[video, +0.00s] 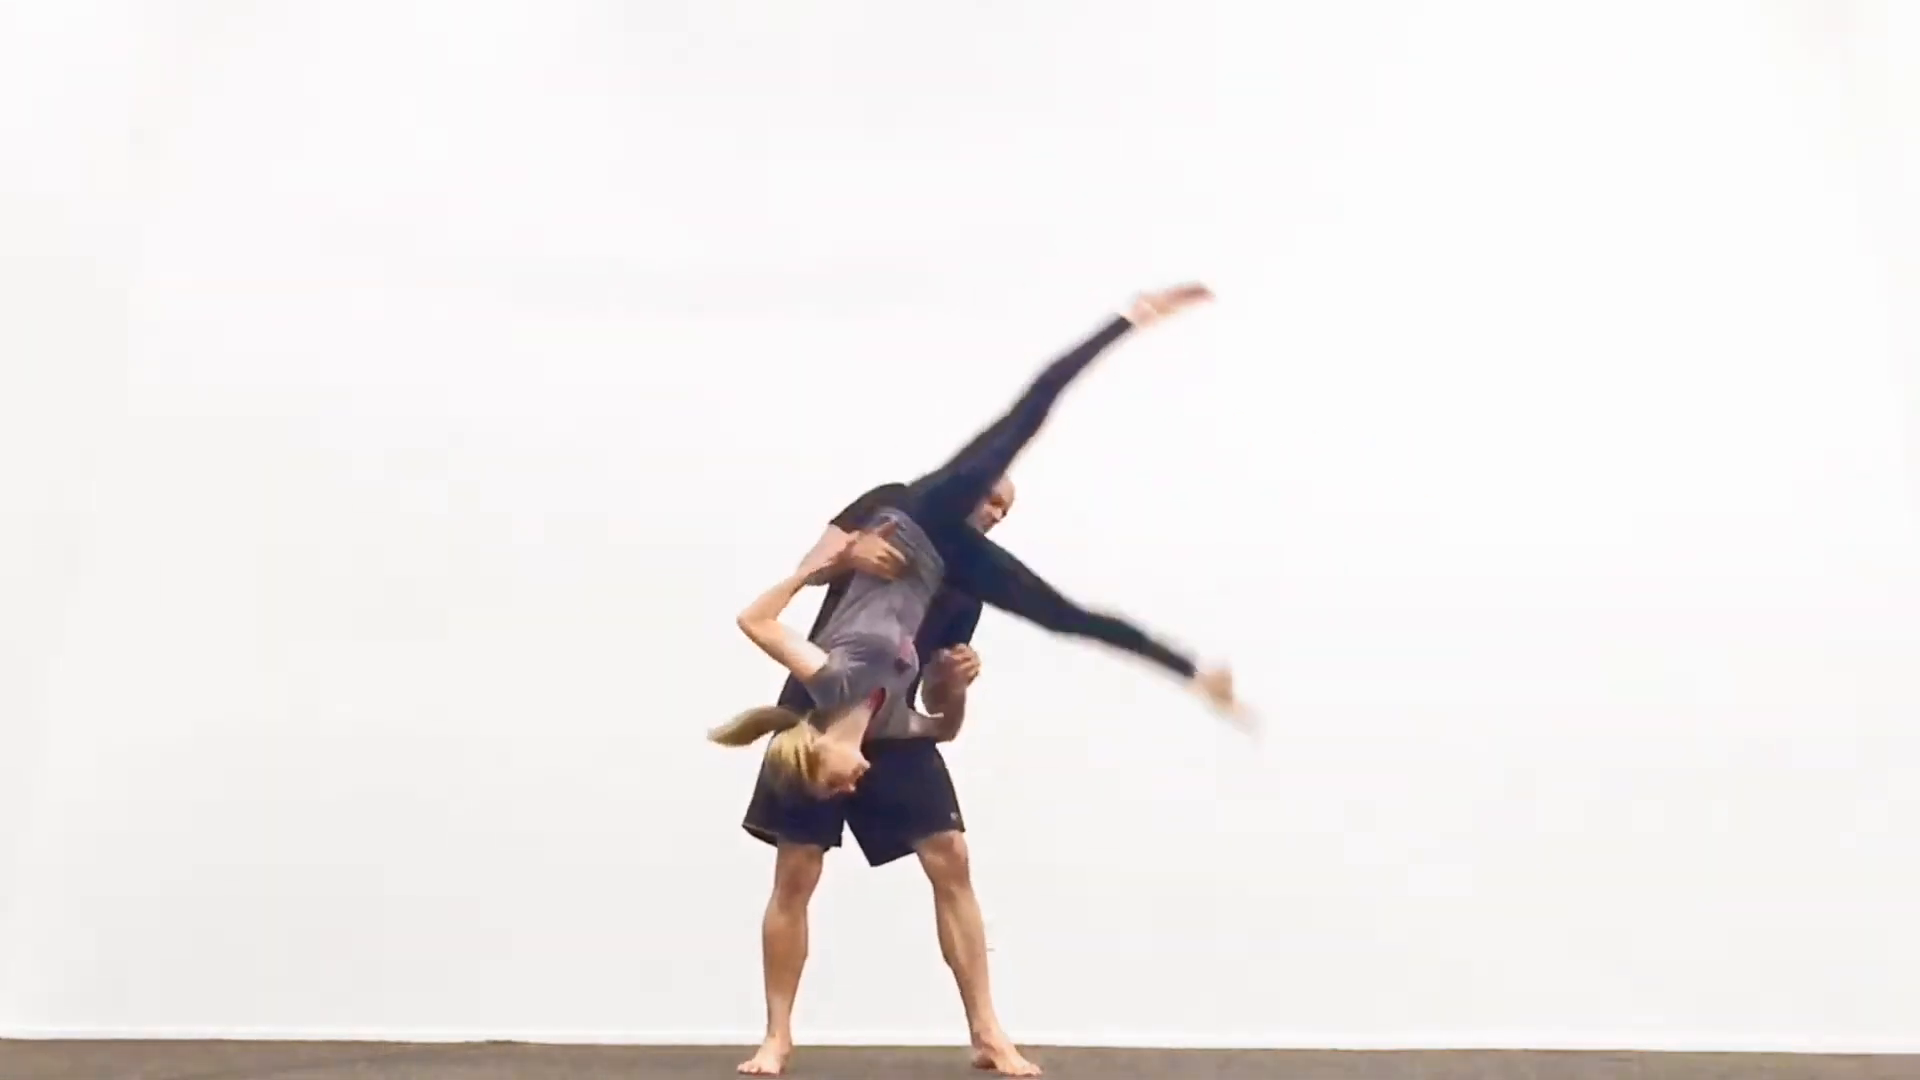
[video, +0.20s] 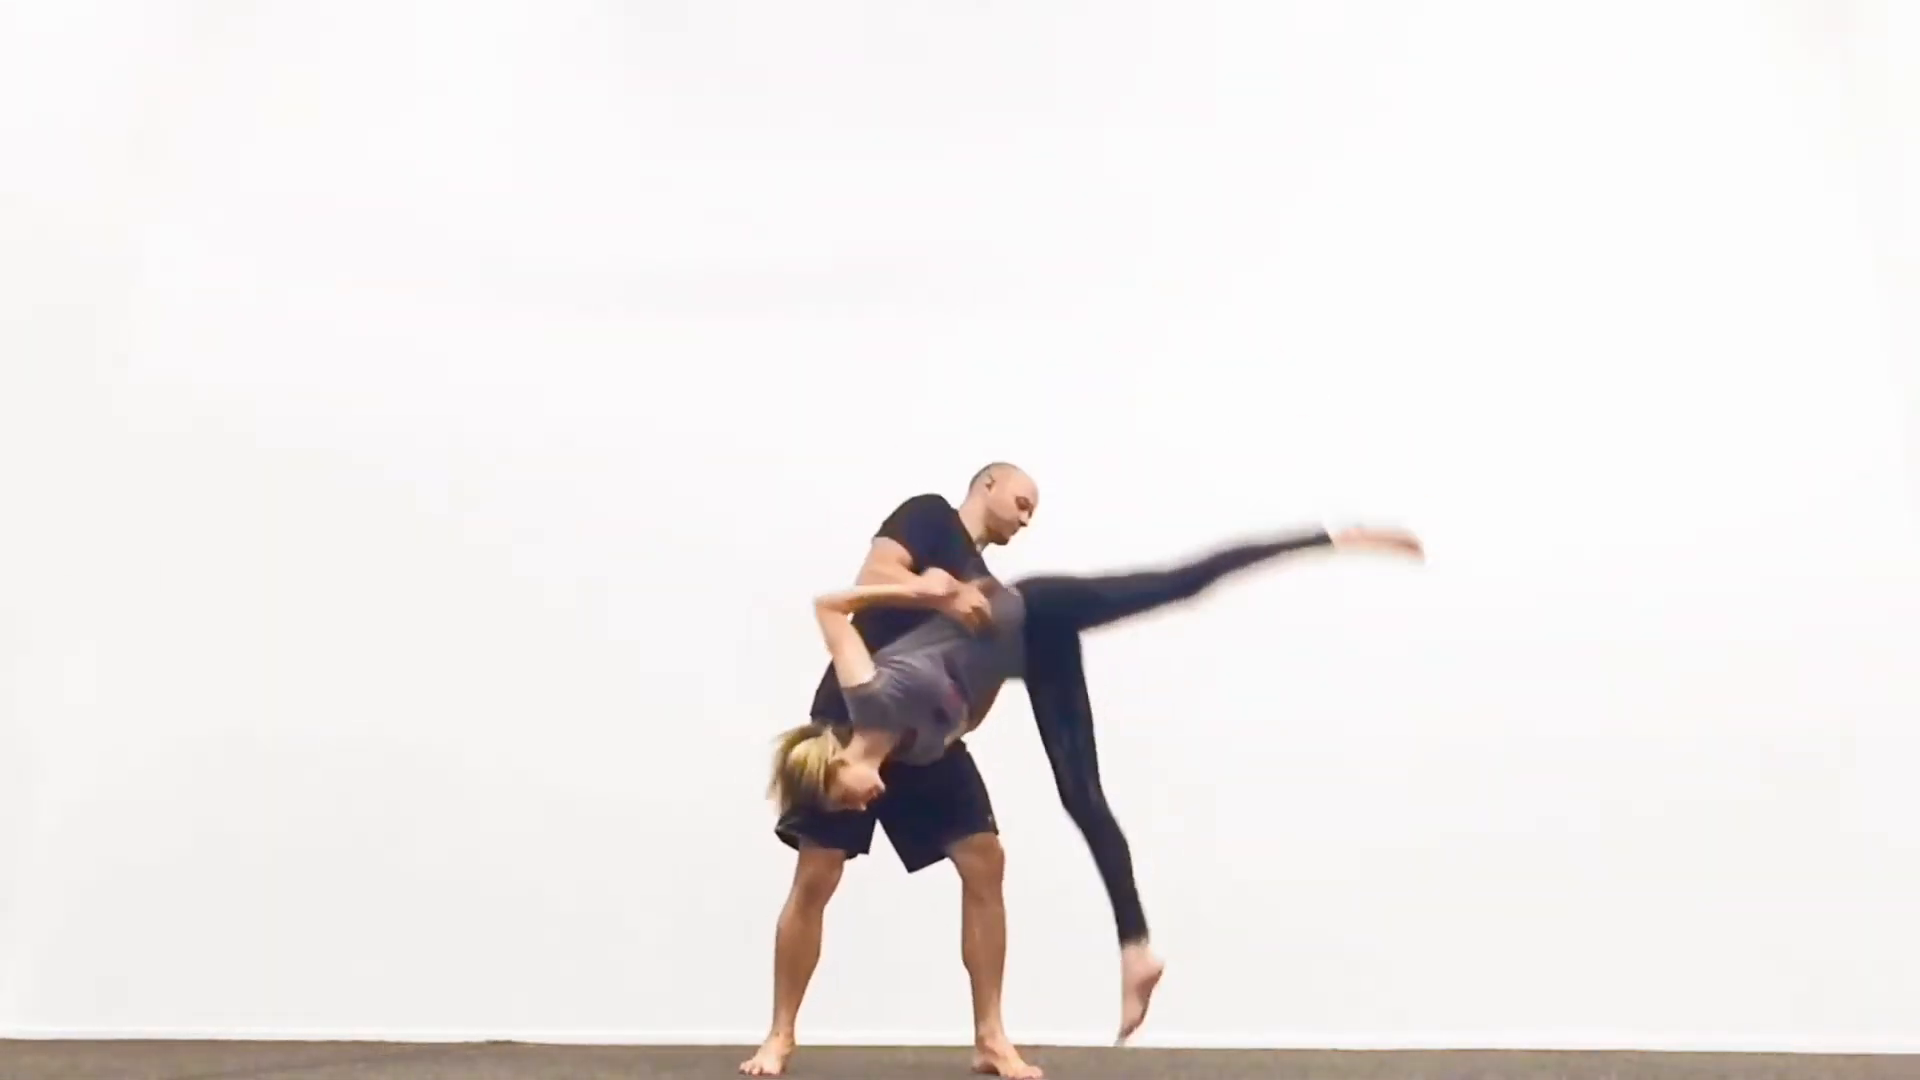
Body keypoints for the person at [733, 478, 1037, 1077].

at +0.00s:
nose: (992, 517)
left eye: (1001, 511)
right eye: (989, 501)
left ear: (999, 517)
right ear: (964, 490)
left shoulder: (966, 590)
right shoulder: (885, 512)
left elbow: (946, 716)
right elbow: (809, 567)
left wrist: (953, 687)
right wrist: (852, 550)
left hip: (899, 723)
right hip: (820, 715)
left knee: (950, 857)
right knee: (796, 875)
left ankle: (986, 1033)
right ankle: (776, 1038)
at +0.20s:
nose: (1025, 519)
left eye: (1031, 513)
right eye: (1021, 504)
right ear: (985, 487)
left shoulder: (987, 585)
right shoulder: (928, 512)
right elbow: (873, 587)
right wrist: (946, 594)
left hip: (932, 729)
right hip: (854, 720)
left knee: (984, 863)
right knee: (816, 878)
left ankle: (991, 1038)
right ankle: (779, 1036)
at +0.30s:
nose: (1038, 513)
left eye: (1044, 506)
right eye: (1034, 497)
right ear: (996, 482)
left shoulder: (1001, 584)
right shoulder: (944, 513)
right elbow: (919, 587)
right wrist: (1001, 621)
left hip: (936, 729)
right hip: (865, 717)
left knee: (995, 864)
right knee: (825, 878)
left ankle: (991, 1039)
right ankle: (781, 1035)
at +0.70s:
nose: (1066, 471)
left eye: (1071, 466)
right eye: (1059, 457)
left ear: (1056, 473)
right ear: (1021, 446)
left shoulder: (1033, 561)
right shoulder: (983, 476)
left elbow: (1021, 662)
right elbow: (978, 497)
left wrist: (1080, 696)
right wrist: (1074, 543)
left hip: (982, 706)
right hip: (917, 692)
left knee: (1000, 864)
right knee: (890, 849)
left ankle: (990, 1040)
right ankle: (816, 1004)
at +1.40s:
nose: (1009, 419)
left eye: (1009, 409)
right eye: (998, 405)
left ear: (976, 412)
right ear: (953, 405)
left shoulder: (974, 497)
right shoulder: (931, 479)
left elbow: (1006, 625)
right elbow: (936, 585)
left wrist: (1099, 617)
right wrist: (1046, 596)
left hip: (980, 698)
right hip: (934, 694)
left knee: (984, 859)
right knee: (928, 855)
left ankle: (961, 1033)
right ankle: (901, 1047)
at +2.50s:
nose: (1060, 451)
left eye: (1063, 440)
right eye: (1049, 438)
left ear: (1053, 447)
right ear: (1008, 439)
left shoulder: (1044, 537)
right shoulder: (955, 510)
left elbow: (1052, 644)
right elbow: (947, 621)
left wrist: (1035, 604)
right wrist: (1041, 638)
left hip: (976, 708)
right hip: (911, 699)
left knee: (999, 866)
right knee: (898, 843)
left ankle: (965, 1039)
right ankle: (836, 1022)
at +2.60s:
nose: (1068, 469)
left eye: (1072, 460)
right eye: (1056, 457)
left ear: (1064, 469)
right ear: (1016, 459)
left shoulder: (1051, 559)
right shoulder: (962, 527)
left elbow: (1042, 675)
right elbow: (960, 635)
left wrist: (1016, 640)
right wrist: (1052, 636)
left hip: (970, 717)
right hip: (903, 705)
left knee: (1011, 868)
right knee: (880, 838)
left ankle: (965, 1041)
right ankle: (787, 1009)